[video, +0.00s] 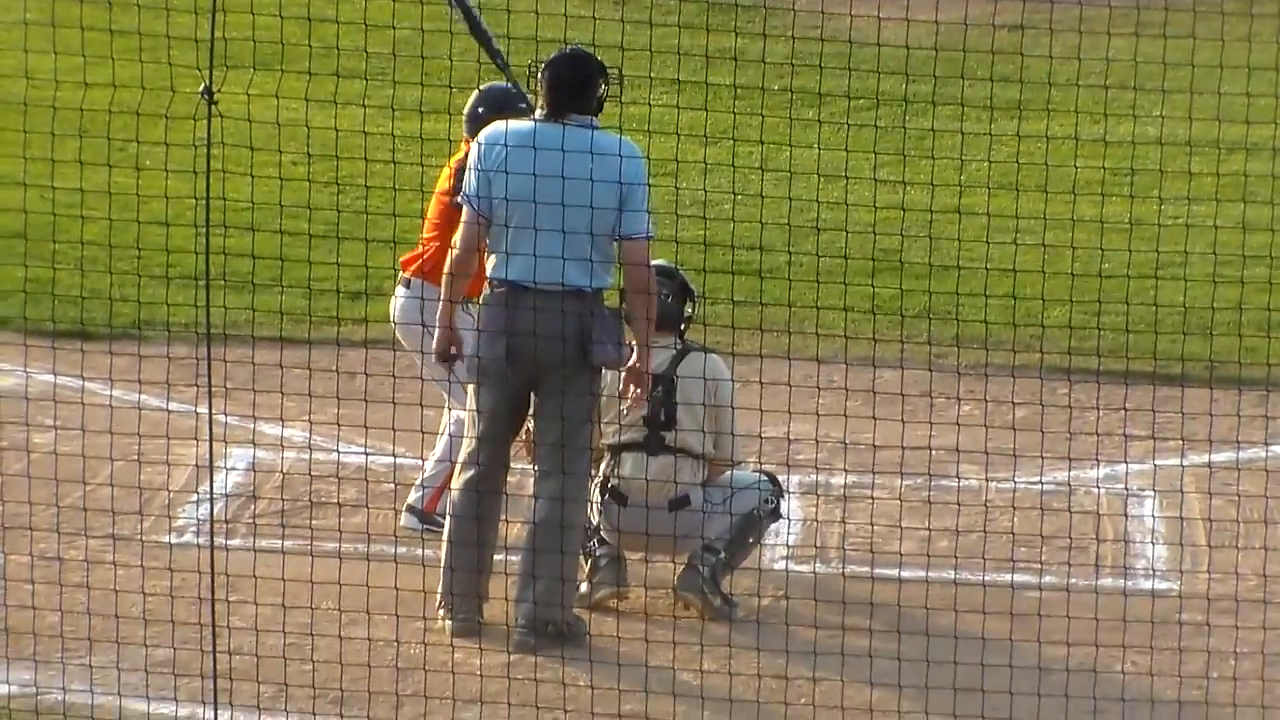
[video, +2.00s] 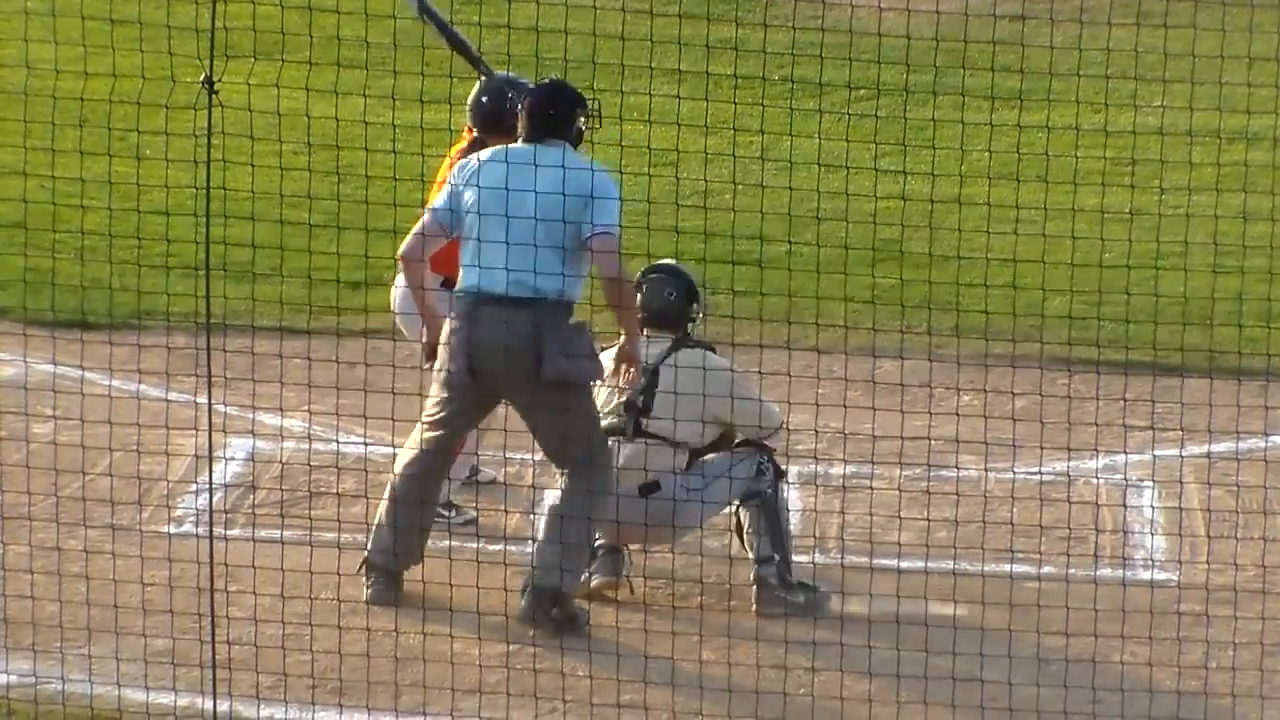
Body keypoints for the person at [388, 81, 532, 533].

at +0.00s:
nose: (523, 136)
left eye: (523, 127)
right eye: (518, 125)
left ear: (475, 124)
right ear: (498, 126)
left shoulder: (466, 163)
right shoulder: (476, 166)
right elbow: (472, 245)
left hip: (418, 300)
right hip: (433, 304)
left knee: (472, 401)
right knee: (480, 402)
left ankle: (431, 498)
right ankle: (428, 500)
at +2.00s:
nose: (526, 130)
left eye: (526, 121)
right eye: (522, 121)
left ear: (477, 118)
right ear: (509, 121)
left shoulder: (470, 151)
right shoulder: (477, 165)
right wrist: (430, 313)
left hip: (429, 282)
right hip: (431, 288)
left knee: (474, 370)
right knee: (461, 381)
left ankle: (466, 462)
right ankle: (440, 488)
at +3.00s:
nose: (531, 131)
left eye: (530, 125)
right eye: (527, 126)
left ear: (484, 130)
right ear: (513, 132)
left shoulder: (508, 165)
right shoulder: (470, 168)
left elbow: (556, 196)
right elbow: (501, 215)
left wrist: (563, 175)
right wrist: (535, 181)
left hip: (459, 302)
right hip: (426, 300)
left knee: (475, 395)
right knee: (462, 400)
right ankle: (433, 503)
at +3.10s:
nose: (532, 133)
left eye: (531, 126)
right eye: (528, 127)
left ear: (485, 131)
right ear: (513, 134)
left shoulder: (507, 168)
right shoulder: (471, 170)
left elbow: (556, 197)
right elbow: (500, 217)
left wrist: (563, 176)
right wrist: (534, 182)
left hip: (458, 304)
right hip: (426, 303)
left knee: (476, 398)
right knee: (462, 405)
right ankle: (434, 508)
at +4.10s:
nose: (536, 173)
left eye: (536, 165)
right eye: (531, 166)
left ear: (491, 168)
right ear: (519, 172)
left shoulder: (511, 210)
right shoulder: (475, 207)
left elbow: (527, 256)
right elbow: (488, 272)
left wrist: (550, 244)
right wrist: (536, 252)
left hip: (450, 327)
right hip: (411, 324)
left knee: (489, 401)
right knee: (467, 410)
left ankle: (443, 504)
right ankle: (435, 509)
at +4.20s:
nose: (539, 179)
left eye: (539, 171)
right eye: (534, 171)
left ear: (498, 170)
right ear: (516, 173)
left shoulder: (514, 213)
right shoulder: (477, 209)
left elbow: (522, 265)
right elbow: (482, 279)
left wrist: (556, 260)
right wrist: (534, 257)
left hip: (451, 325)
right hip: (411, 322)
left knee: (485, 403)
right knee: (468, 410)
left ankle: (441, 503)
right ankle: (434, 507)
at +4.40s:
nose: (534, 173)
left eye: (534, 165)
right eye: (530, 165)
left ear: (502, 163)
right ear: (511, 166)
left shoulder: (512, 199)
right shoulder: (472, 199)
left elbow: (506, 252)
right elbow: (454, 278)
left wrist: (530, 259)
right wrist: (513, 266)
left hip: (459, 313)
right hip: (416, 311)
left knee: (483, 399)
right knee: (463, 406)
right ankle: (436, 508)